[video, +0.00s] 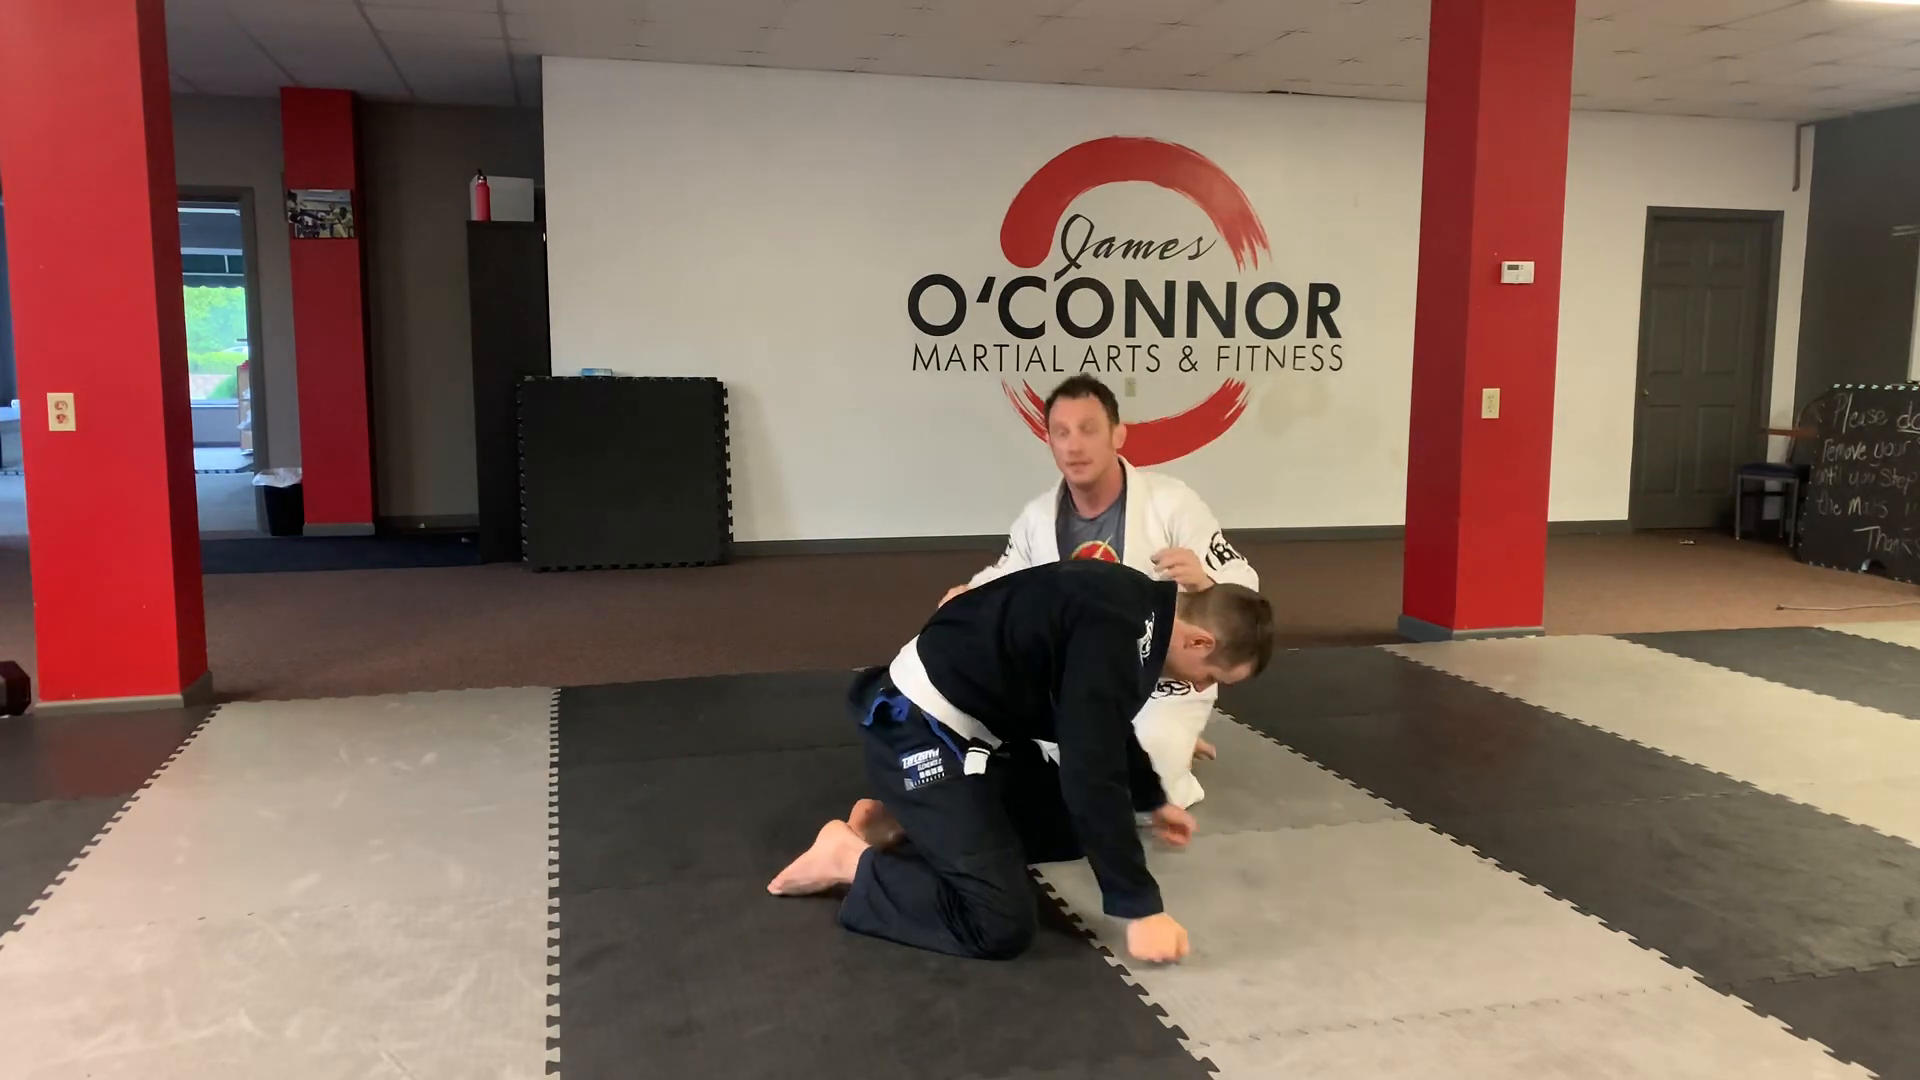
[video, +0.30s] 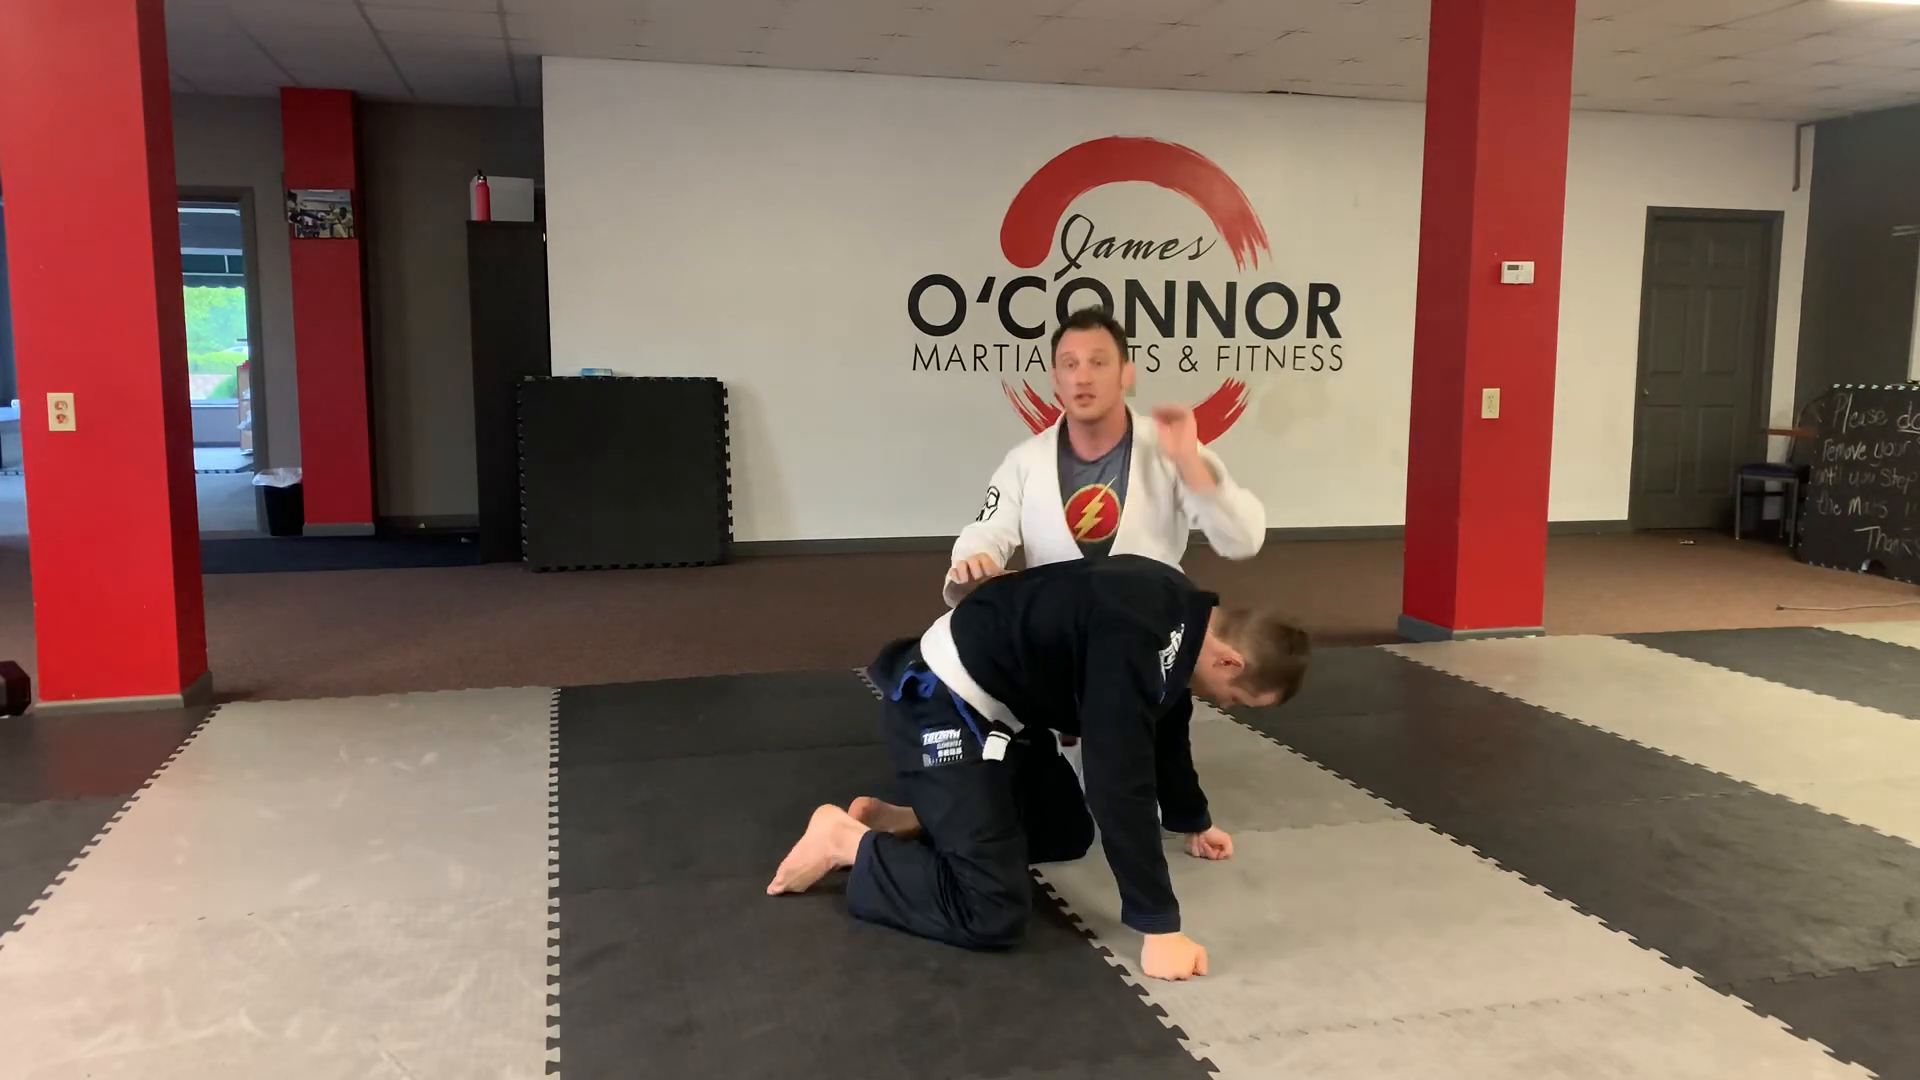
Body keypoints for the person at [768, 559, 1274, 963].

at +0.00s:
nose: (1204, 687)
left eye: (1216, 682)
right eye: (1213, 676)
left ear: (1197, 633)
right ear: (1195, 642)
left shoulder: (1144, 611)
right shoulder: (1113, 625)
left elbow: (1110, 728)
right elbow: (1092, 775)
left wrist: (1154, 802)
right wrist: (1139, 909)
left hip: (981, 726)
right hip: (921, 729)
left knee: (1069, 832)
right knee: (1002, 925)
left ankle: (899, 825)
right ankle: (849, 861)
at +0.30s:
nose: (1226, 708)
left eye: (1237, 704)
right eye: (1237, 700)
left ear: (1231, 641)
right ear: (1227, 662)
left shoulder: (1181, 612)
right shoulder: (1135, 629)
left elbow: (1168, 725)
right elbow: (1119, 786)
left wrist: (1191, 820)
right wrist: (1157, 927)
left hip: (1001, 705)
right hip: (943, 703)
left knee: (1066, 832)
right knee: (992, 915)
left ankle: (904, 824)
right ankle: (848, 845)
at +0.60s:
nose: (1257, 715)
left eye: (1268, 712)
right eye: (1268, 706)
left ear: (1266, 651)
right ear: (1262, 664)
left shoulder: (1221, 614)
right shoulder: (1168, 623)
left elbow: (1193, 724)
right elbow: (1138, 782)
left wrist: (1198, 822)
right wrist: (1159, 925)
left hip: (1033, 694)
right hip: (965, 679)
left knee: (1067, 834)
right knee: (976, 891)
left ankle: (896, 822)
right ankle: (838, 829)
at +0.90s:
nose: (1259, 709)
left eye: (1271, 705)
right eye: (1272, 700)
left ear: (1270, 646)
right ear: (1268, 660)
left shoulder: (1216, 616)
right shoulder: (1176, 619)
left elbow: (1188, 727)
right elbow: (1140, 779)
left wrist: (1196, 822)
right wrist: (1161, 922)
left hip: (1025, 702)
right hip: (961, 684)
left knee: (1053, 831)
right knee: (965, 905)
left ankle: (875, 806)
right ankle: (830, 829)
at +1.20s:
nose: (1261, 711)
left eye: (1273, 707)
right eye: (1274, 702)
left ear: (1274, 650)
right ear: (1271, 663)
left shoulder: (1217, 611)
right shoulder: (1178, 627)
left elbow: (1191, 725)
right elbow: (1147, 783)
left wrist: (1197, 823)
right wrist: (1162, 924)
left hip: (1019, 695)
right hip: (963, 683)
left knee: (1037, 835)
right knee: (965, 907)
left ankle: (863, 801)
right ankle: (818, 823)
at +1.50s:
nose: (1256, 710)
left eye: (1269, 706)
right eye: (1270, 701)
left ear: (1271, 651)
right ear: (1267, 660)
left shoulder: (1214, 610)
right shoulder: (1175, 620)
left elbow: (1192, 725)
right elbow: (1151, 775)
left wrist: (1198, 822)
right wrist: (1179, 918)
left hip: (1016, 692)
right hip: (962, 680)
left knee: (1034, 834)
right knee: (962, 907)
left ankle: (860, 796)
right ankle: (813, 822)